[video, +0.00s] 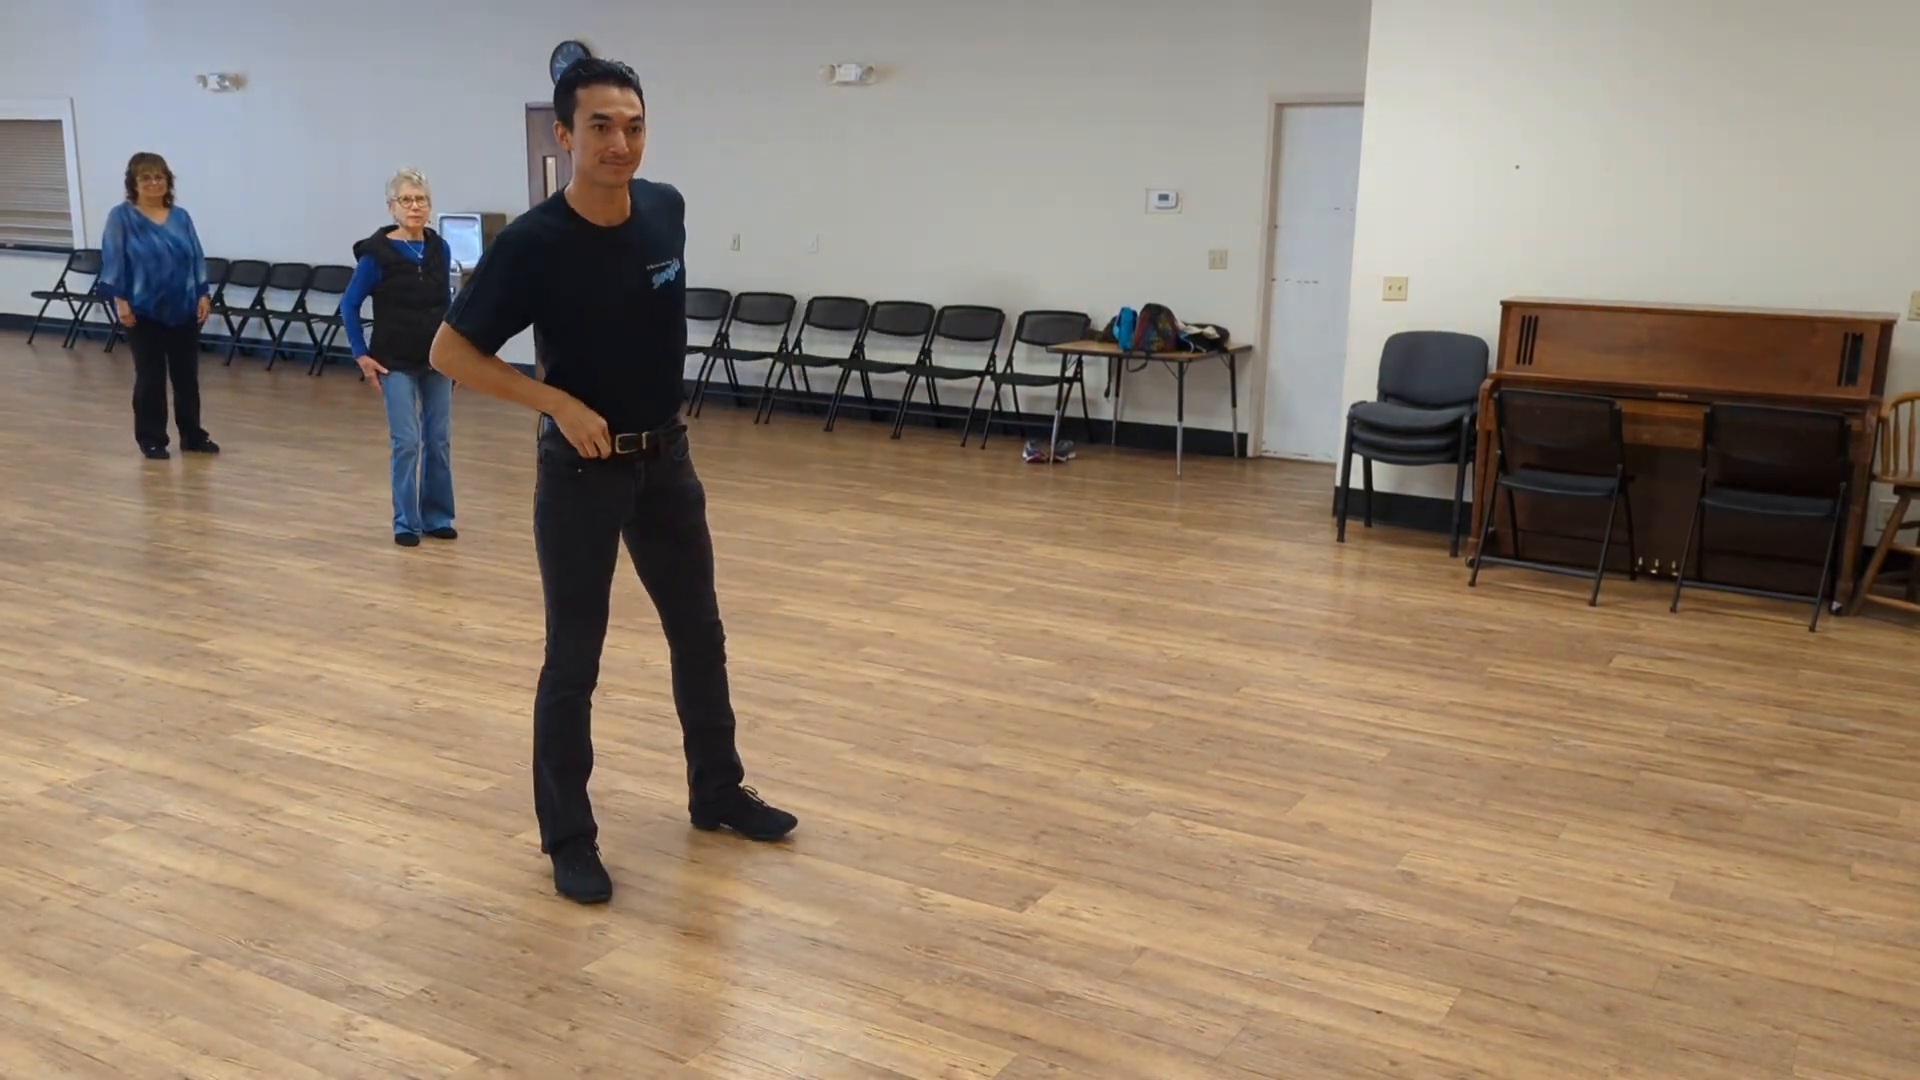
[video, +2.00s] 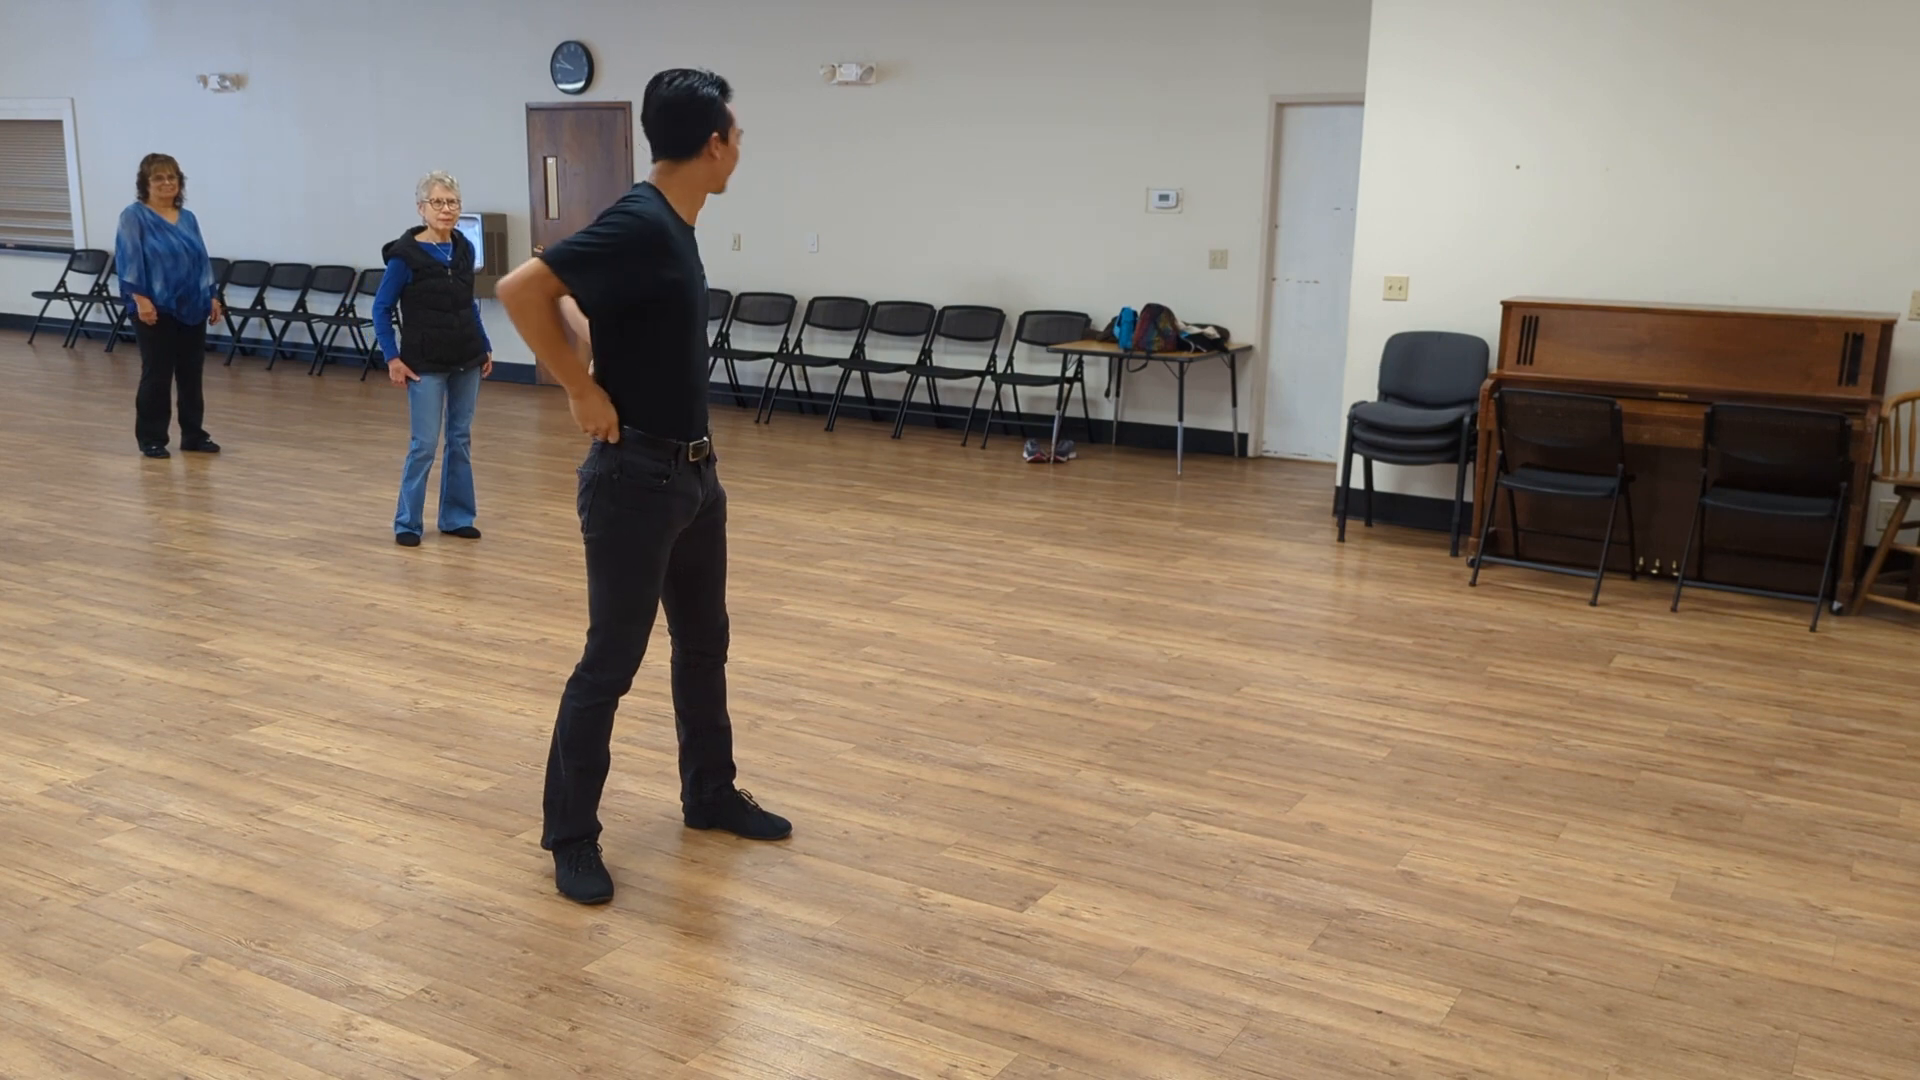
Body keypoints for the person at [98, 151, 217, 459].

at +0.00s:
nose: (152, 182)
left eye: (158, 177)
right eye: (145, 177)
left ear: (167, 181)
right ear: (134, 182)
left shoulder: (180, 216)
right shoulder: (122, 215)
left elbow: (197, 259)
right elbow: (113, 261)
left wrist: (203, 293)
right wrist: (120, 299)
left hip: (182, 309)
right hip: (144, 310)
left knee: (186, 376)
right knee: (151, 378)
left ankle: (192, 435)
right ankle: (152, 440)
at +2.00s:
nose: (165, 183)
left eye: (171, 178)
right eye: (158, 178)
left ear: (179, 183)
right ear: (145, 183)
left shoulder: (187, 217)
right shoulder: (133, 216)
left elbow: (202, 261)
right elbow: (129, 262)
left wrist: (212, 296)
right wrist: (140, 298)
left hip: (191, 308)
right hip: (155, 308)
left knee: (191, 374)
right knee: (157, 374)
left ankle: (193, 436)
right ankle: (152, 440)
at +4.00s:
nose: (182, 184)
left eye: (184, 179)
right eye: (175, 178)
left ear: (183, 183)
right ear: (156, 182)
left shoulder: (189, 217)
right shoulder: (136, 216)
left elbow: (203, 261)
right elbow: (132, 263)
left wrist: (213, 296)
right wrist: (140, 301)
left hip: (193, 308)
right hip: (157, 308)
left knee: (192, 375)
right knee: (158, 374)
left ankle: (193, 435)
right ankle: (152, 440)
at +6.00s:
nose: (196, 191)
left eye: (199, 186)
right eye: (189, 185)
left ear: (202, 188)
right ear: (170, 185)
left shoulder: (205, 218)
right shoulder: (153, 217)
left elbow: (219, 262)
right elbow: (148, 265)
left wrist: (229, 299)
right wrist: (159, 301)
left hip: (206, 310)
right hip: (172, 310)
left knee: (201, 375)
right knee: (178, 377)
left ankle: (198, 435)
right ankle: (174, 443)